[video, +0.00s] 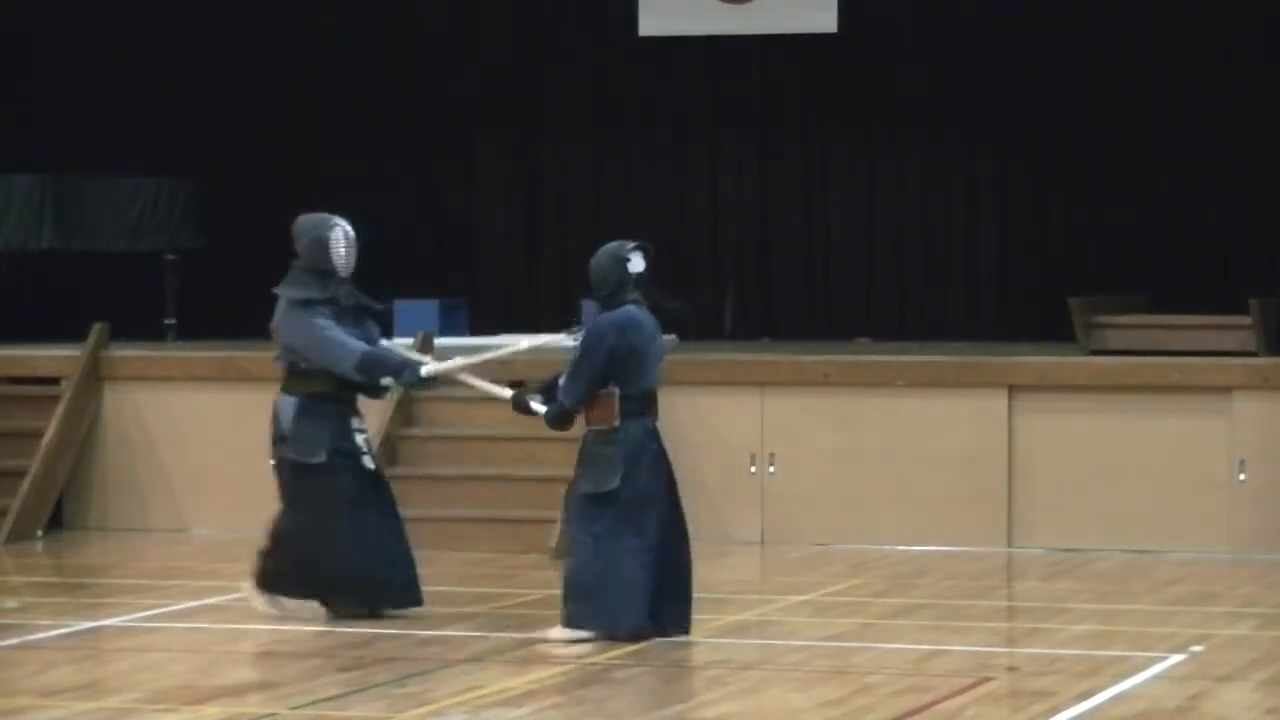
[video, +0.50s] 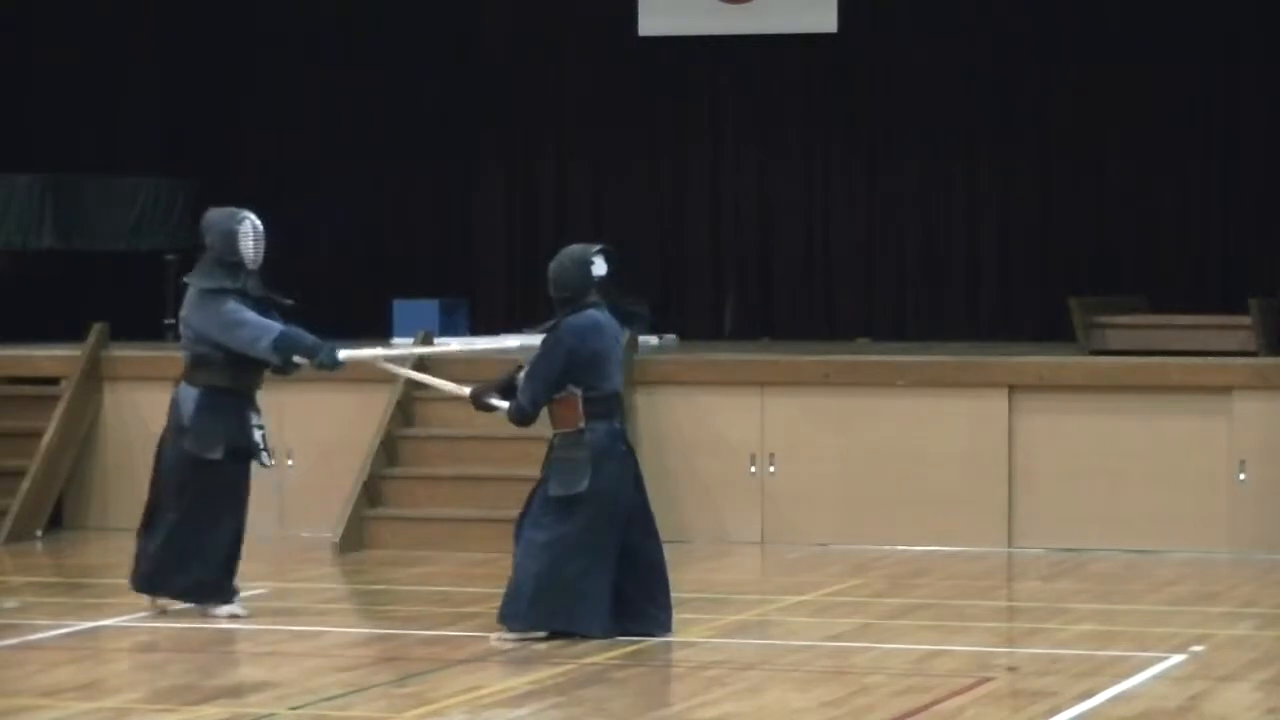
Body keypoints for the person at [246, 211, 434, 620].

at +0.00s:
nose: (345, 256)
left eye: (347, 247)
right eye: (336, 248)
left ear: (349, 250)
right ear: (313, 251)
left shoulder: (345, 302)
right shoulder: (296, 309)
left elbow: (370, 346)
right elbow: (339, 351)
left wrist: (405, 363)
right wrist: (401, 369)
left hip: (343, 411)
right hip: (306, 412)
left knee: (364, 501)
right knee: (320, 501)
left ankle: (357, 593)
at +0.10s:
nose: (322, 258)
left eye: (324, 249)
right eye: (313, 249)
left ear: (327, 252)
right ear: (289, 252)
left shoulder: (315, 301)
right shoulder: (274, 308)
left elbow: (339, 345)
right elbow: (315, 346)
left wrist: (382, 360)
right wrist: (372, 366)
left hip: (310, 411)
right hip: (275, 412)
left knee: (345, 497)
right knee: (269, 497)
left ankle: (350, 589)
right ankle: (225, 581)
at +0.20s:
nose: (304, 257)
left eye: (305, 248)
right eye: (296, 249)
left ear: (302, 251)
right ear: (274, 251)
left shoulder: (288, 300)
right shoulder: (255, 305)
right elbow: (300, 341)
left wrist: (335, 366)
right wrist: (360, 361)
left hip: (276, 412)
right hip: (255, 414)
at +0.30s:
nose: (286, 250)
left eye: (287, 241)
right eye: (278, 242)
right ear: (257, 245)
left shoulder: (270, 292)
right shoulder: (236, 299)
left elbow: (283, 339)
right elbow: (285, 335)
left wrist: (311, 360)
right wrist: (342, 354)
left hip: (260, 408)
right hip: (230, 407)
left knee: (266, 499)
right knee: (227, 498)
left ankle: (247, 586)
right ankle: (217, 594)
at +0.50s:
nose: (253, 250)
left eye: (255, 242)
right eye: (245, 242)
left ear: (255, 244)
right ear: (223, 244)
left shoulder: (242, 292)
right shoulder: (206, 298)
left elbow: (249, 344)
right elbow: (255, 332)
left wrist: (282, 359)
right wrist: (315, 348)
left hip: (233, 405)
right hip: (203, 405)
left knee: (226, 500)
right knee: (191, 496)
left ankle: (216, 588)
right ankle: (160, 578)